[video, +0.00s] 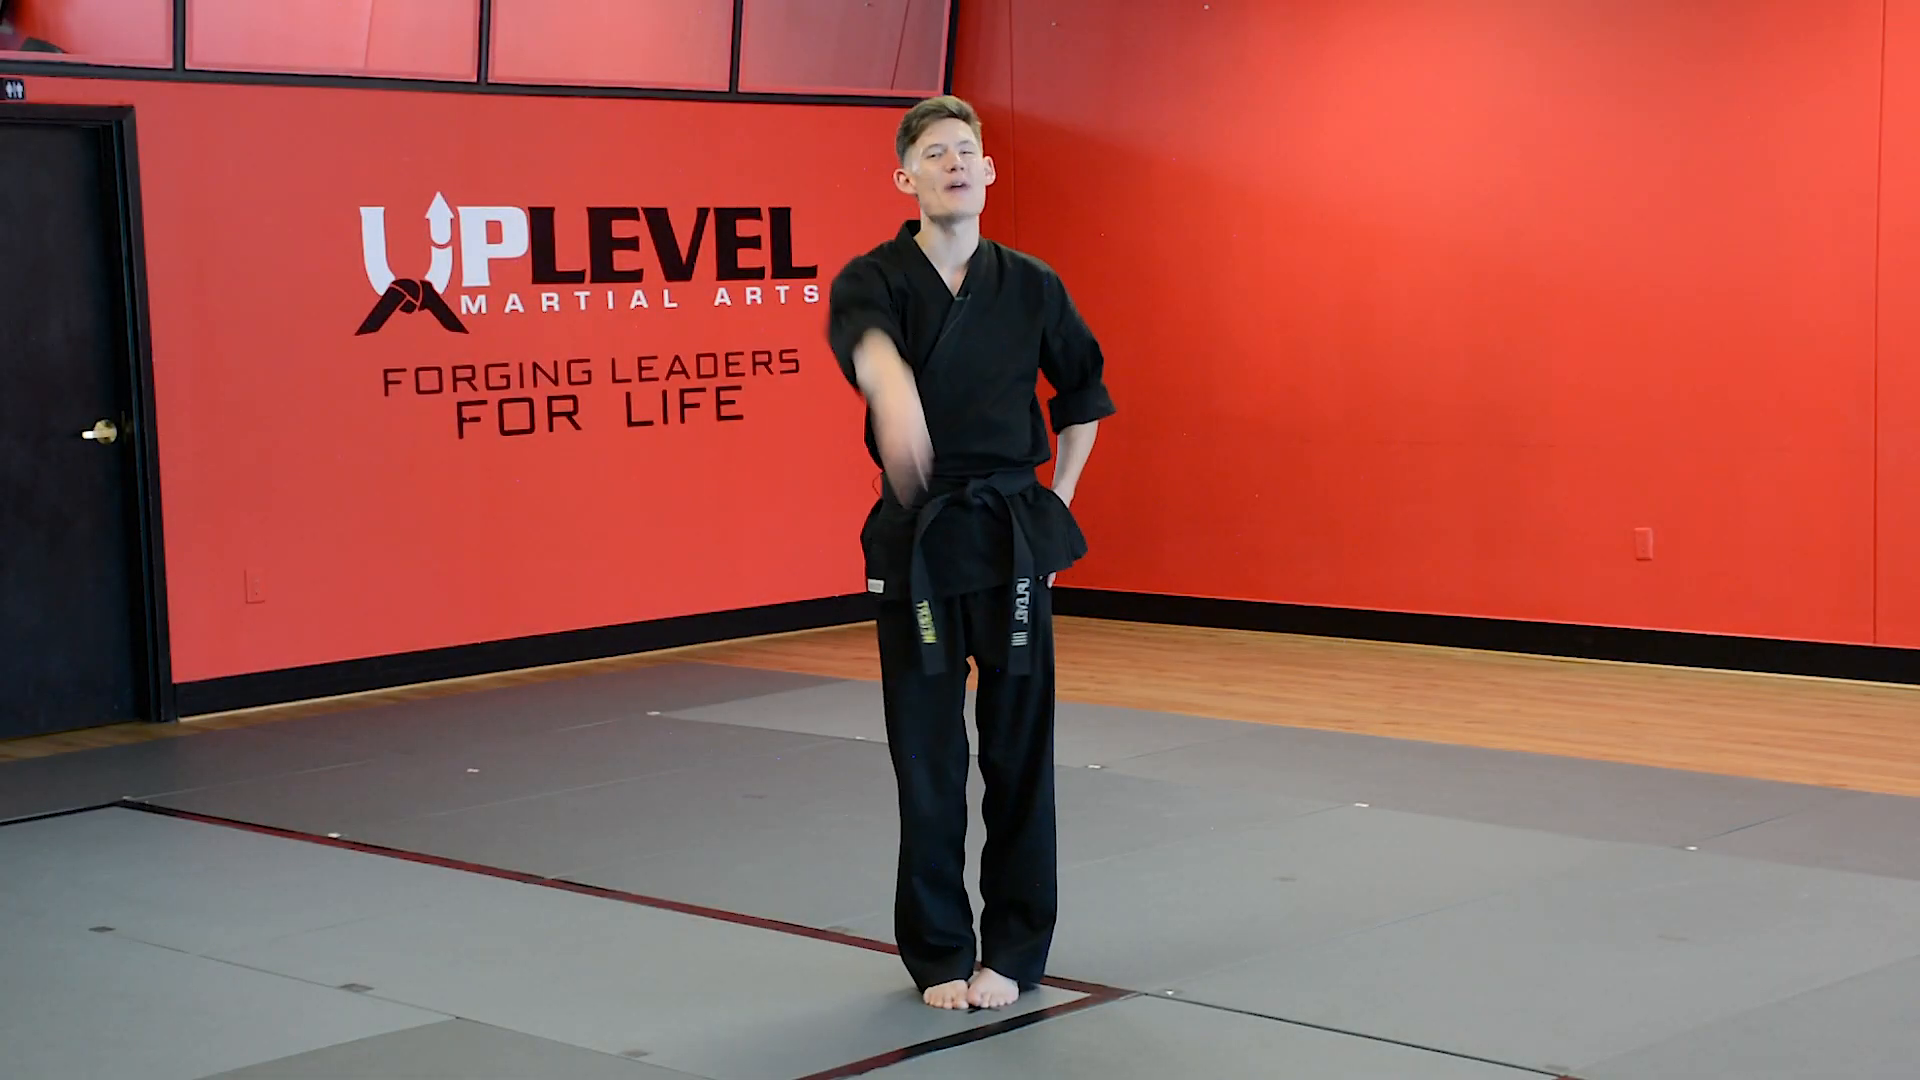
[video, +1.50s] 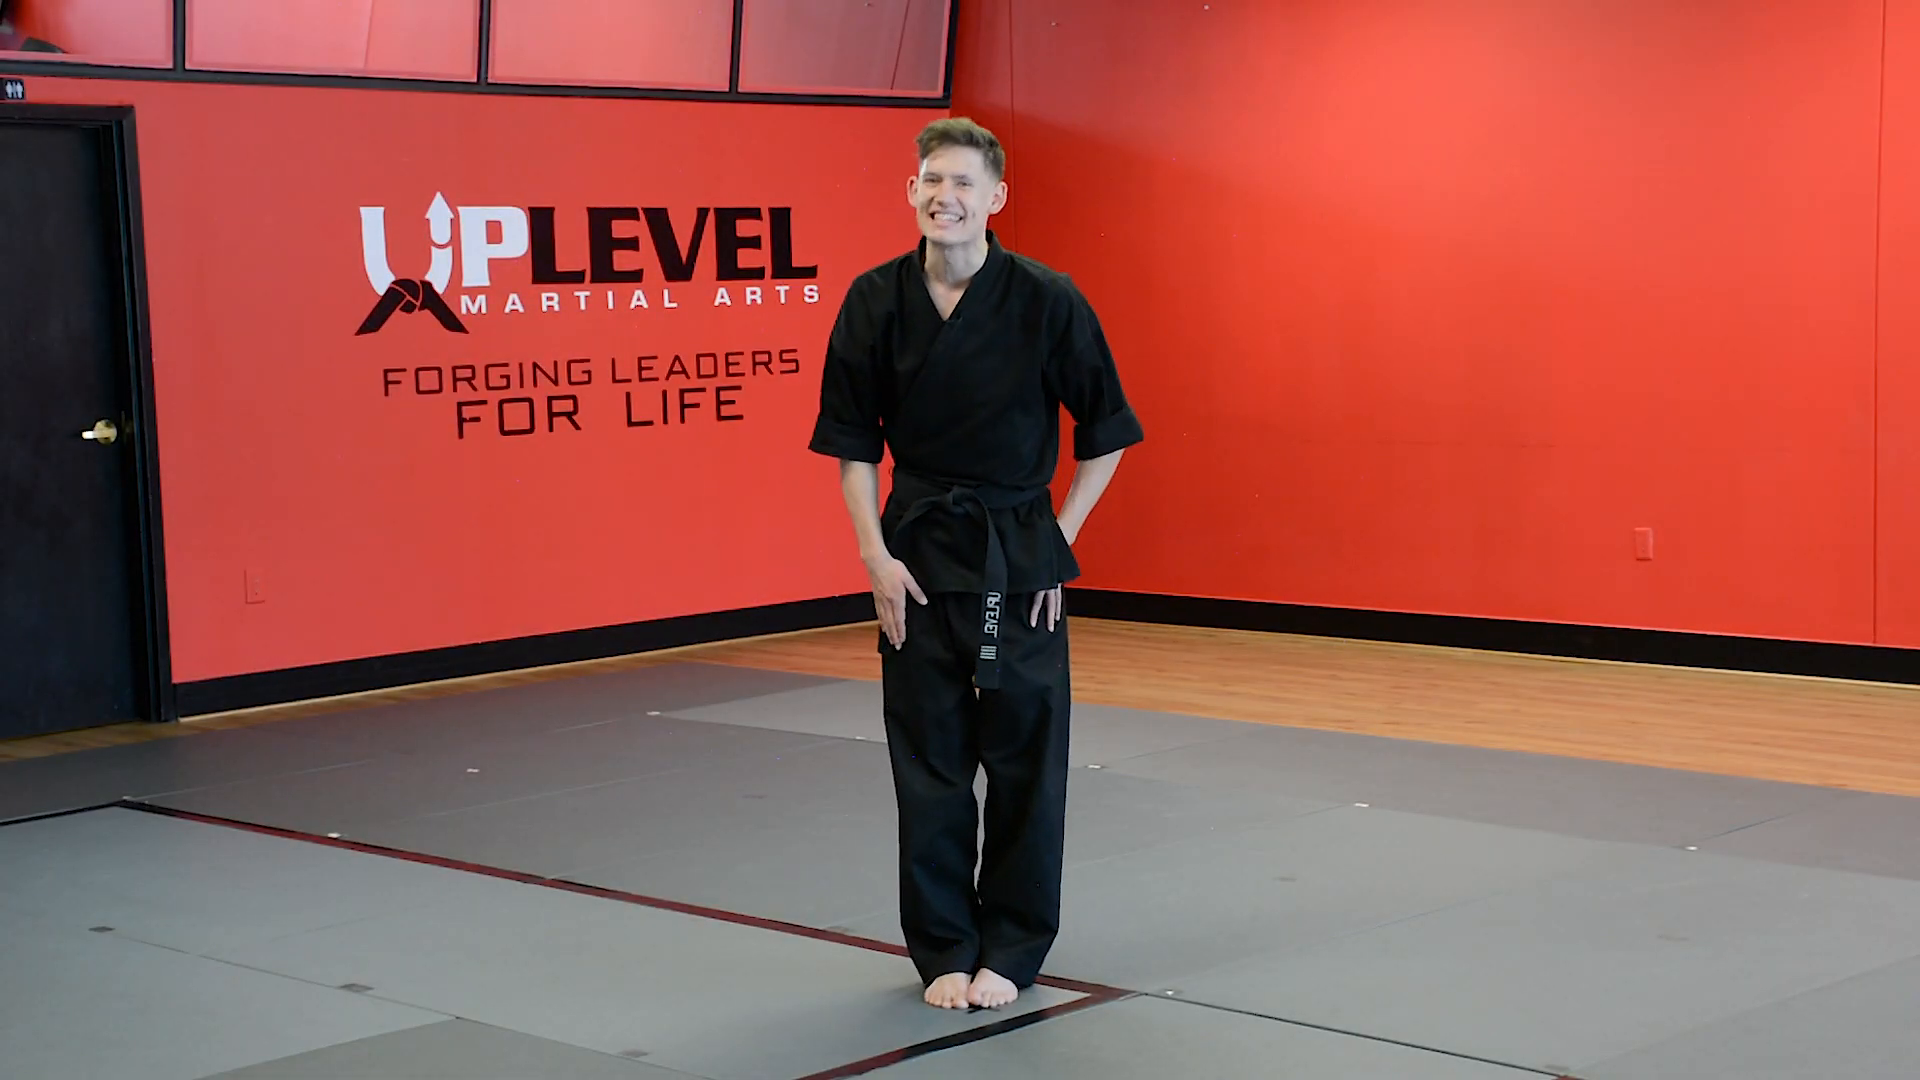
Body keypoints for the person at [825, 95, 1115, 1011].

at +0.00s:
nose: (960, 164)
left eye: (970, 152)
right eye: (938, 154)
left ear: (990, 172)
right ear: (906, 180)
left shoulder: (1030, 283)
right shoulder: (870, 281)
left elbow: (1086, 393)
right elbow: (878, 365)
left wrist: (1054, 502)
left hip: (1014, 531)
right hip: (915, 536)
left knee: (1018, 758)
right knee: (928, 761)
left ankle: (1013, 954)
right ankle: (939, 953)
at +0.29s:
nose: (941, 182)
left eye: (956, 168)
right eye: (924, 172)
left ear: (989, 182)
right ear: (902, 196)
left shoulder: (1038, 287)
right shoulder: (871, 312)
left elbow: (1096, 391)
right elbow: (865, 462)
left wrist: (1061, 507)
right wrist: (910, 578)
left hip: (1017, 539)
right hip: (914, 548)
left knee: (1019, 760)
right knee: (926, 765)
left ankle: (1006, 954)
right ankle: (941, 956)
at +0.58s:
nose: (925, 216)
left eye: (942, 200)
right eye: (911, 201)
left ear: (979, 208)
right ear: (895, 214)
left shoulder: (1037, 298)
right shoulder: (863, 321)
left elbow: (1105, 403)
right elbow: (843, 464)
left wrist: (1065, 518)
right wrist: (871, 582)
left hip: (1023, 546)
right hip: (916, 550)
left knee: (1026, 762)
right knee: (930, 765)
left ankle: (1007, 953)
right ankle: (942, 954)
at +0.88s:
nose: (923, 222)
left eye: (940, 206)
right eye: (909, 207)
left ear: (977, 214)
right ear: (893, 217)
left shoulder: (1035, 303)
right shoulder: (864, 318)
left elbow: (1108, 414)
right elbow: (850, 459)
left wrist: (1062, 528)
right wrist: (874, 577)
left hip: (1022, 544)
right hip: (918, 548)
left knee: (1027, 763)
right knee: (930, 765)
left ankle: (1009, 954)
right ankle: (944, 954)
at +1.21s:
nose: (930, 214)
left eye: (948, 199)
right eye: (918, 198)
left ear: (986, 210)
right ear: (901, 208)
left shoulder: (1040, 305)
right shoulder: (868, 312)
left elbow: (1109, 426)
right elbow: (851, 453)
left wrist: (1059, 534)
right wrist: (877, 569)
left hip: (1020, 544)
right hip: (917, 546)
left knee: (1026, 764)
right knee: (931, 765)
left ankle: (1009, 954)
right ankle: (945, 953)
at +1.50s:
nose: (946, 196)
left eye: (964, 182)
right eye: (933, 181)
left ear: (996, 197)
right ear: (913, 194)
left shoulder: (1046, 300)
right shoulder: (874, 301)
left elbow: (1106, 428)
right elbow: (852, 443)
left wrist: (1058, 537)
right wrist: (875, 557)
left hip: (1020, 544)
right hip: (916, 544)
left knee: (1026, 764)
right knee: (930, 766)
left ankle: (1011, 953)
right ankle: (944, 953)